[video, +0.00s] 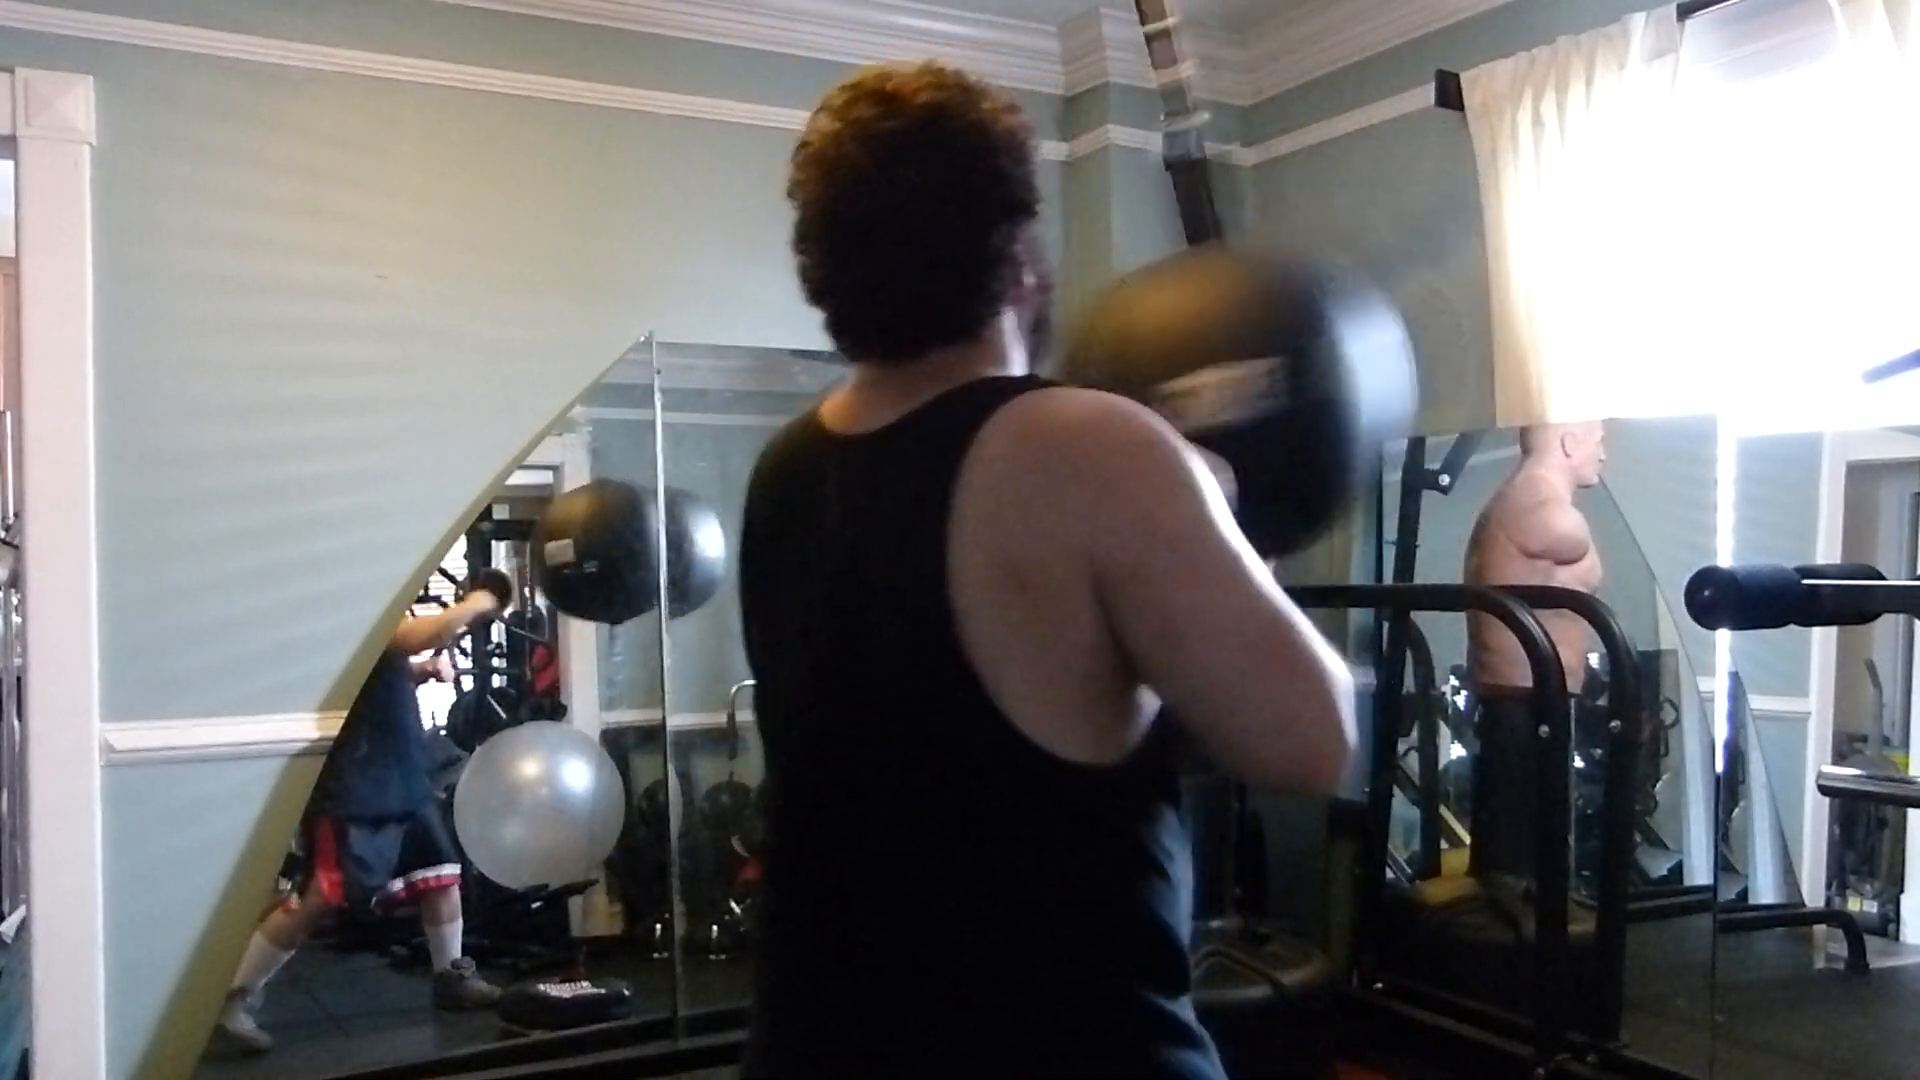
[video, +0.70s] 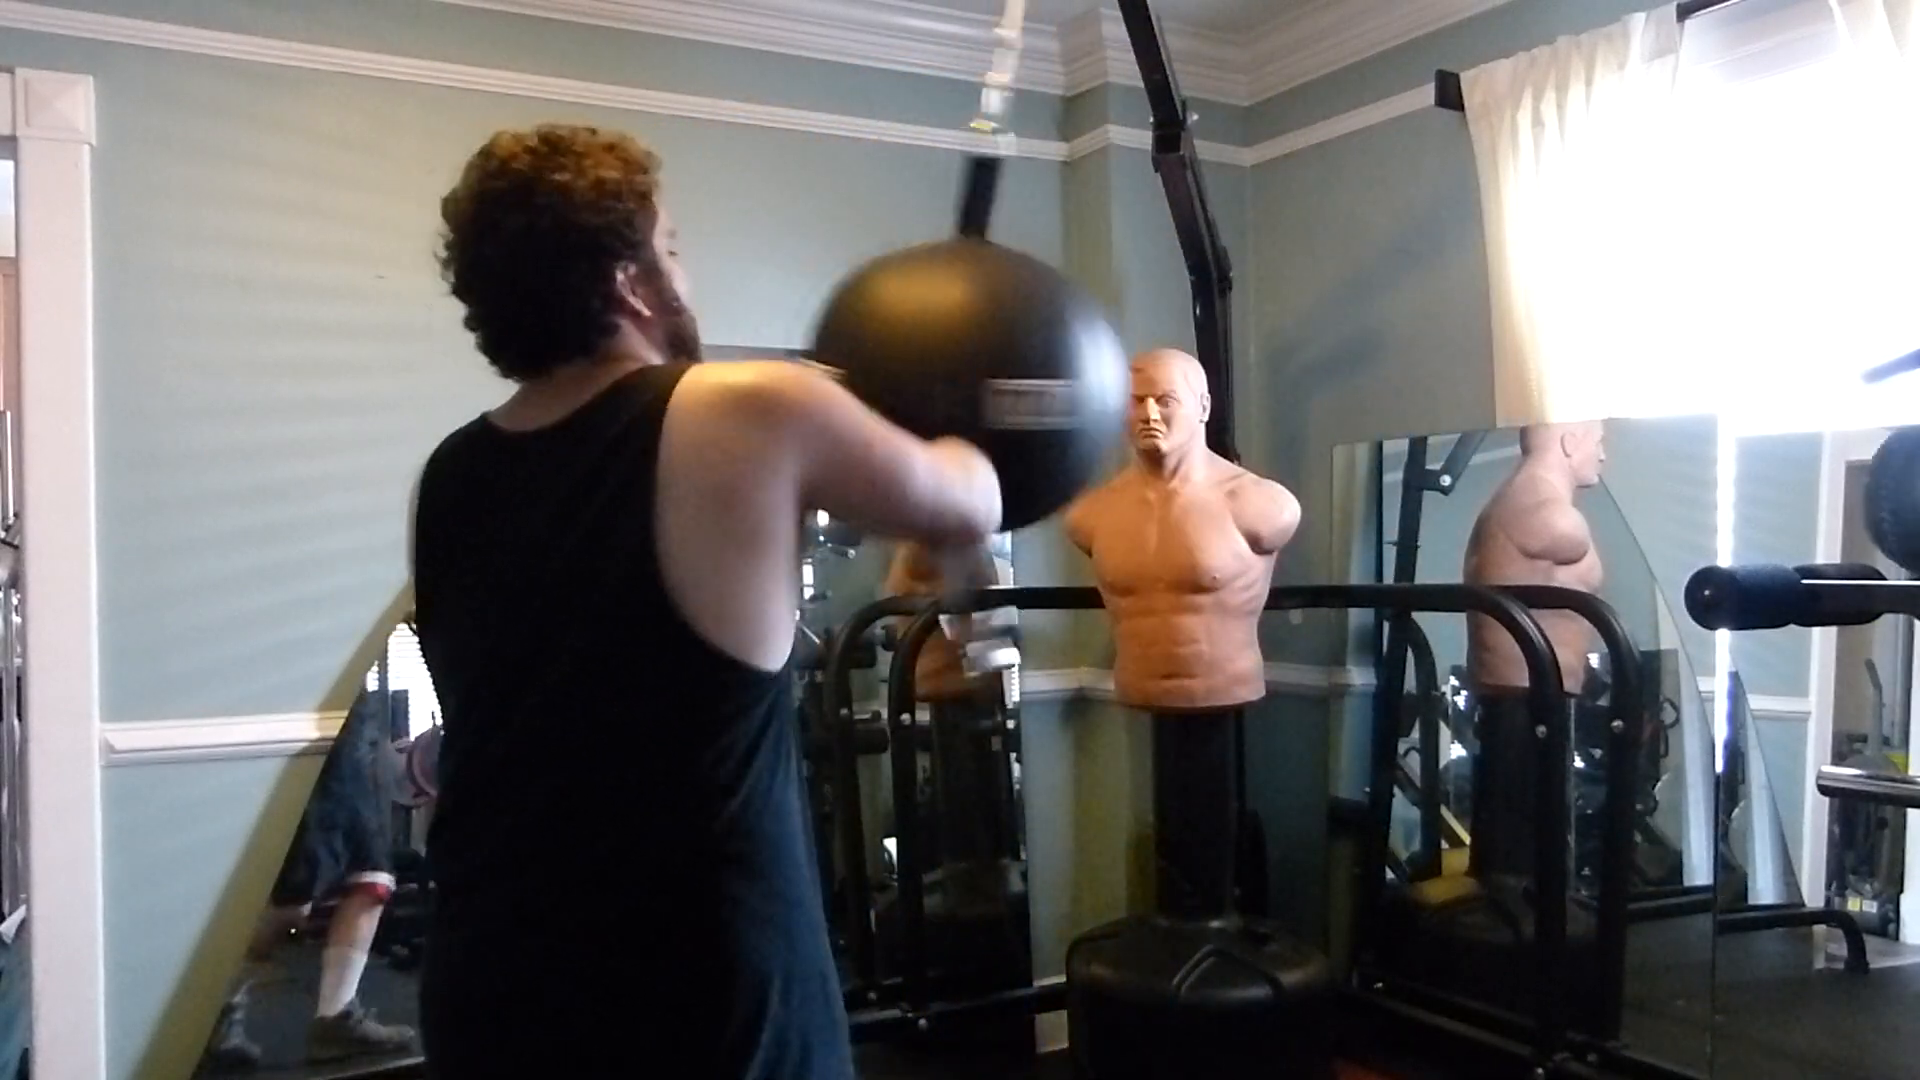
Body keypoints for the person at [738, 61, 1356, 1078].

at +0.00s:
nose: (1044, 258)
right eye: (1037, 233)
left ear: (823, 271)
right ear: (1017, 261)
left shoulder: (786, 473)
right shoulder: (1096, 452)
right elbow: (1310, 749)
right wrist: (1204, 512)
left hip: (834, 1022)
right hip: (1084, 1030)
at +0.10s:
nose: (954, 278)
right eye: (944, 255)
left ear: (733, 296)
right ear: (924, 284)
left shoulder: (697, 507)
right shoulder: (1011, 462)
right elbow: (1228, 750)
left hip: (785, 1029)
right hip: (1033, 1031)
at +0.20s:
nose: (826, 298)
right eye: (812, 270)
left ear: (612, 324)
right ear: (788, 300)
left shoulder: (559, 550)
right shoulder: (938, 471)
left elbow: (608, 768)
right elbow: (1105, 749)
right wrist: (956, 731)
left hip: (696, 1033)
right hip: (951, 1024)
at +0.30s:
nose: (710, 288)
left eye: (697, 257)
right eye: (696, 260)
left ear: (505, 333)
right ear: (667, 289)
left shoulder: (449, 546)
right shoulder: (848, 443)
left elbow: (486, 748)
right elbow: (1017, 693)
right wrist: (875, 772)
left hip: (617, 1021)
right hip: (867, 1005)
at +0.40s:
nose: (658, 287)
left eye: (647, 256)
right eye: (642, 259)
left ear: (455, 324)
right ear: (599, 279)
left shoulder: (388, 532)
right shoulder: (771, 424)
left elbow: (449, 752)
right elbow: (962, 670)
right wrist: (815, 703)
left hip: (559, 1026)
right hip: (816, 1010)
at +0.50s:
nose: (651, 292)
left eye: (640, 259)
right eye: (635, 263)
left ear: (447, 317)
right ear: (588, 284)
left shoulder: (374, 522)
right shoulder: (730, 426)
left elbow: (440, 741)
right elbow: (960, 613)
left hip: (525, 1013)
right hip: (775, 1003)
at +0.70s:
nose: (686, 281)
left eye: (675, 250)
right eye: (672, 253)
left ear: (498, 304)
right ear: (630, 287)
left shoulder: (449, 477)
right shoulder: (760, 413)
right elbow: (966, 495)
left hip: (499, 965)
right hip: (716, 972)